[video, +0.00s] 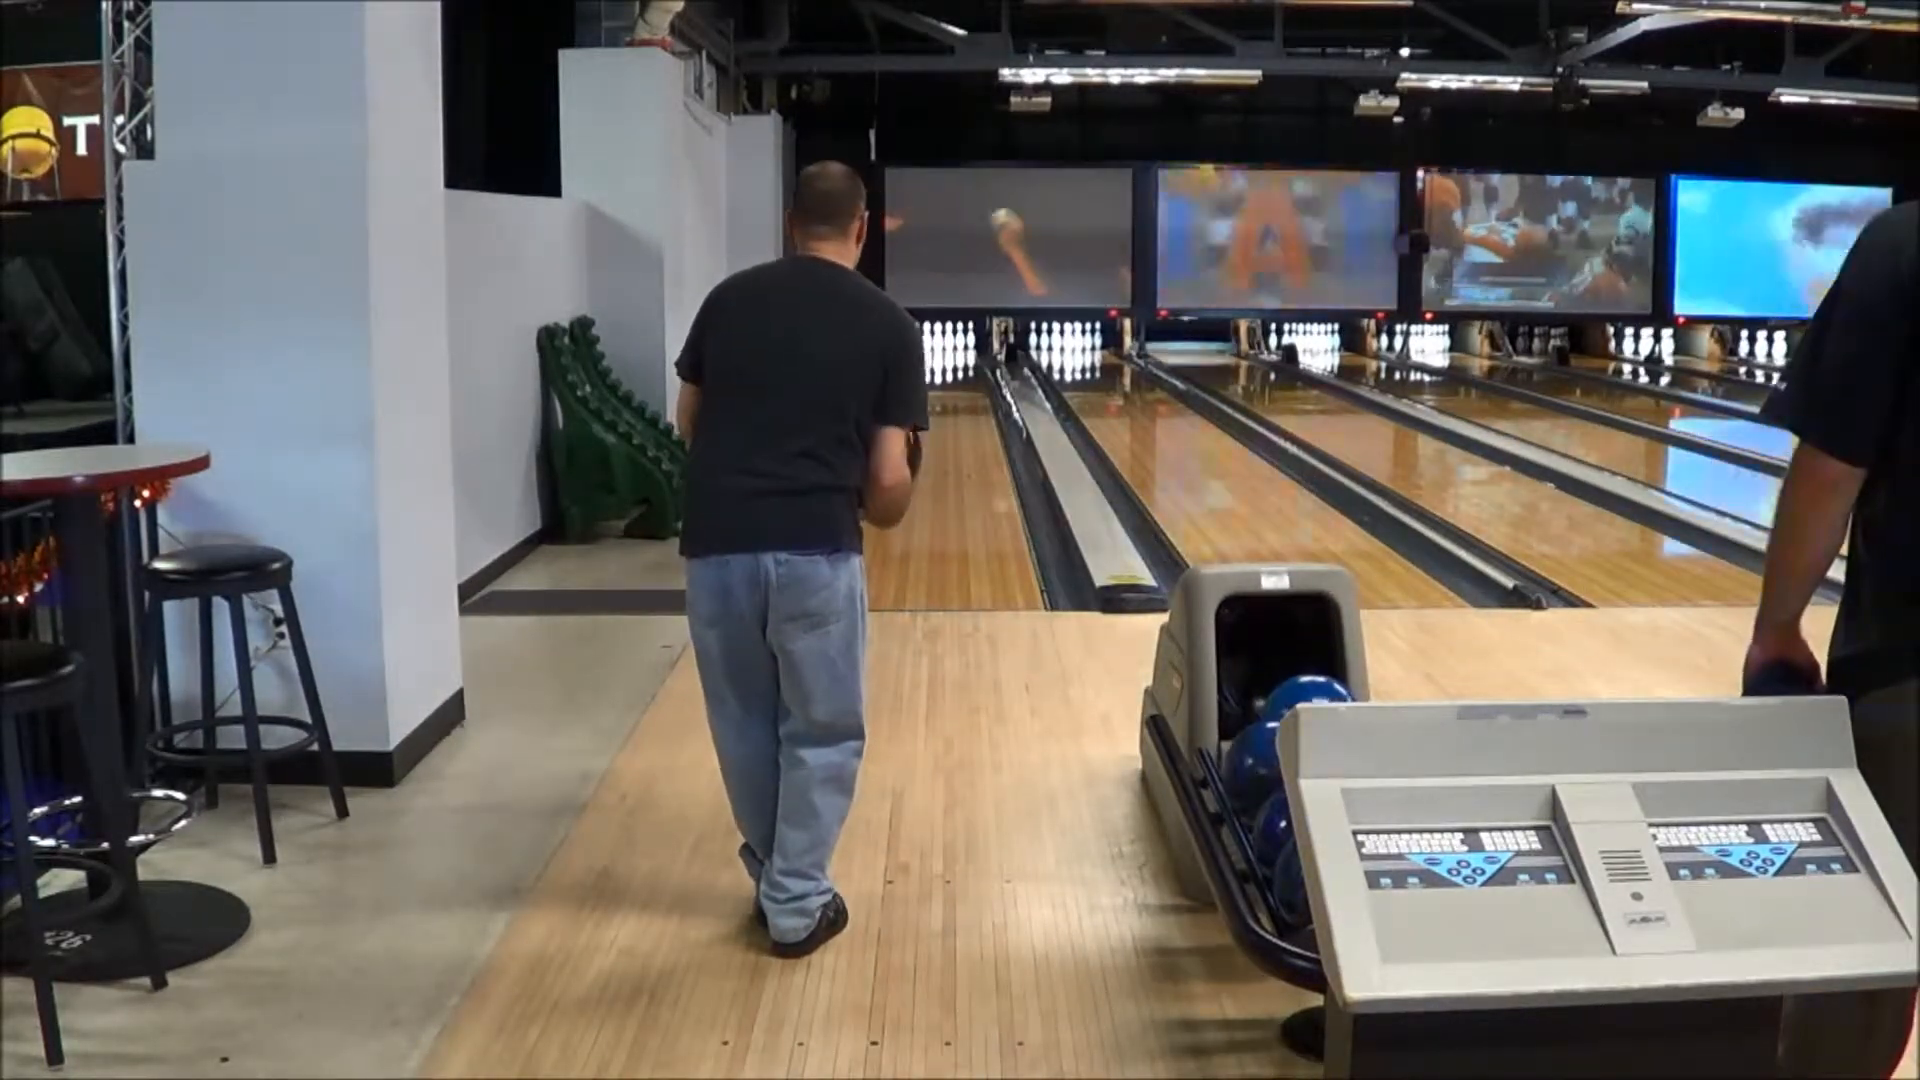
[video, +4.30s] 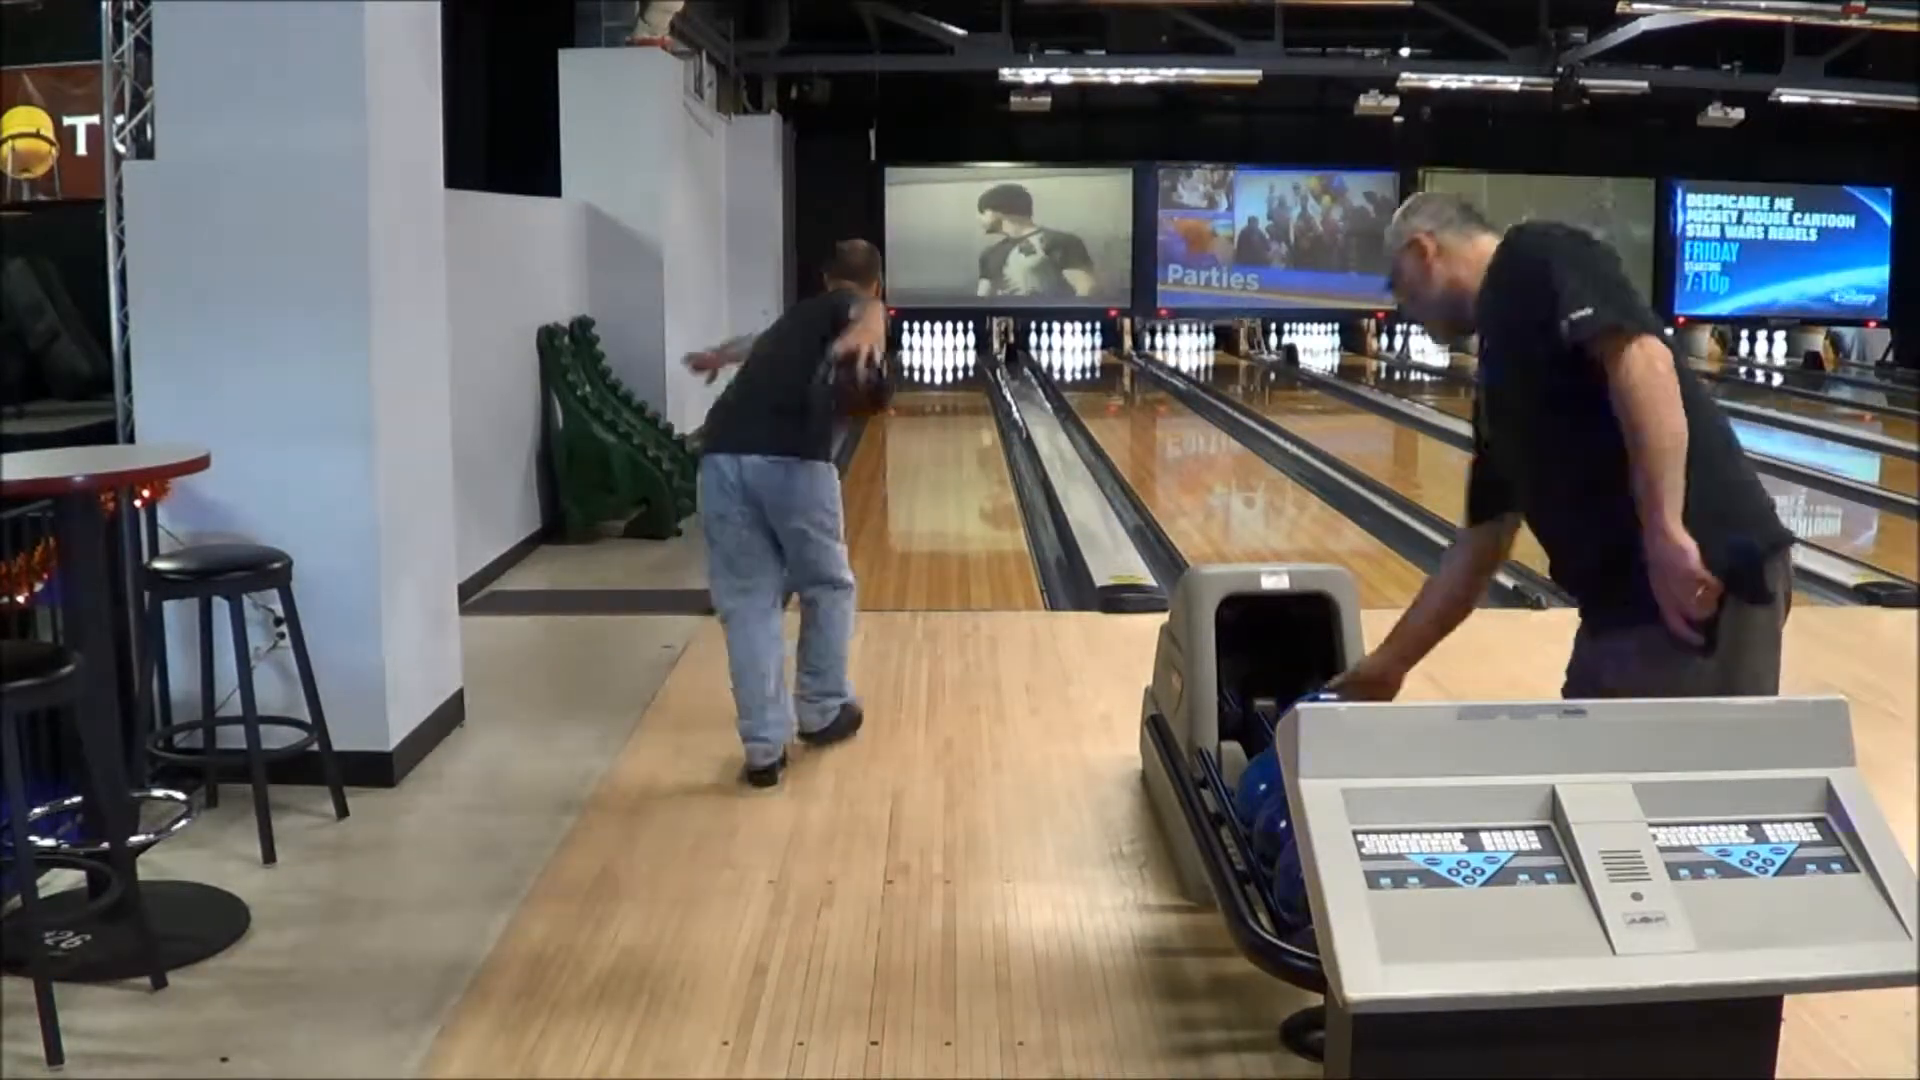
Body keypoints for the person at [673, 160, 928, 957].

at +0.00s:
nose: (865, 234)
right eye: (868, 223)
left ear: (789, 224)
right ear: (863, 228)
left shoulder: (730, 297)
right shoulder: (885, 322)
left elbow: (688, 419)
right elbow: (889, 476)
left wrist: (738, 462)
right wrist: (876, 512)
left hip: (716, 540)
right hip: (817, 542)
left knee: (742, 718)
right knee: (823, 730)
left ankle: (769, 868)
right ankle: (793, 905)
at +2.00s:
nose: (850, 235)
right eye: (854, 224)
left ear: (775, 226)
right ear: (851, 229)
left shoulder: (717, 298)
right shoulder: (868, 328)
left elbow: (686, 421)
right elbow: (867, 485)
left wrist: (724, 486)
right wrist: (873, 538)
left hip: (695, 549)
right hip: (796, 551)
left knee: (733, 722)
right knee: (814, 731)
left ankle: (769, 869)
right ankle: (793, 903)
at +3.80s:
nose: (864, 270)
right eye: (865, 261)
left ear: (799, 258)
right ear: (861, 263)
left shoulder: (755, 303)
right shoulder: (869, 341)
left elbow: (749, 404)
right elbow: (862, 466)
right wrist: (854, 530)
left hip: (704, 496)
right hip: (782, 505)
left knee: (721, 635)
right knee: (794, 654)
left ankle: (751, 763)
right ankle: (779, 794)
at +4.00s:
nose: (864, 271)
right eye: (867, 262)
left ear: (804, 257)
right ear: (864, 262)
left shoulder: (764, 297)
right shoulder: (866, 320)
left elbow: (745, 395)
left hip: (701, 465)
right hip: (778, 473)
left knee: (722, 618)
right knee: (786, 625)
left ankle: (754, 744)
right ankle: (780, 770)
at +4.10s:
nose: (868, 271)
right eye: (869, 263)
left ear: (807, 260)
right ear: (865, 262)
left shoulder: (769, 297)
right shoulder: (861, 309)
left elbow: (723, 369)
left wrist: (682, 418)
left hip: (705, 457)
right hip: (778, 460)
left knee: (722, 613)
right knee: (794, 611)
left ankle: (755, 750)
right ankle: (780, 723)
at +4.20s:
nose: (876, 281)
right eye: (877, 273)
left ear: (813, 267)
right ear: (871, 271)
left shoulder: (777, 308)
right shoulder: (861, 306)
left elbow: (719, 361)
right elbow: (867, 356)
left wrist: (680, 391)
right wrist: (865, 425)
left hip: (710, 456)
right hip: (782, 457)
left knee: (730, 603)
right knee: (810, 593)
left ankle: (758, 750)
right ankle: (794, 710)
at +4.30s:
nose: (874, 291)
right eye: (877, 286)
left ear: (823, 279)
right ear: (876, 285)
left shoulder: (793, 318)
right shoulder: (859, 304)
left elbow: (752, 346)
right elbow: (873, 313)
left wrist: (715, 358)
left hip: (721, 456)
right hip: (792, 457)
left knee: (746, 599)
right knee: (827, 584)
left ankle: (762, 749)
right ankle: (821, 710)